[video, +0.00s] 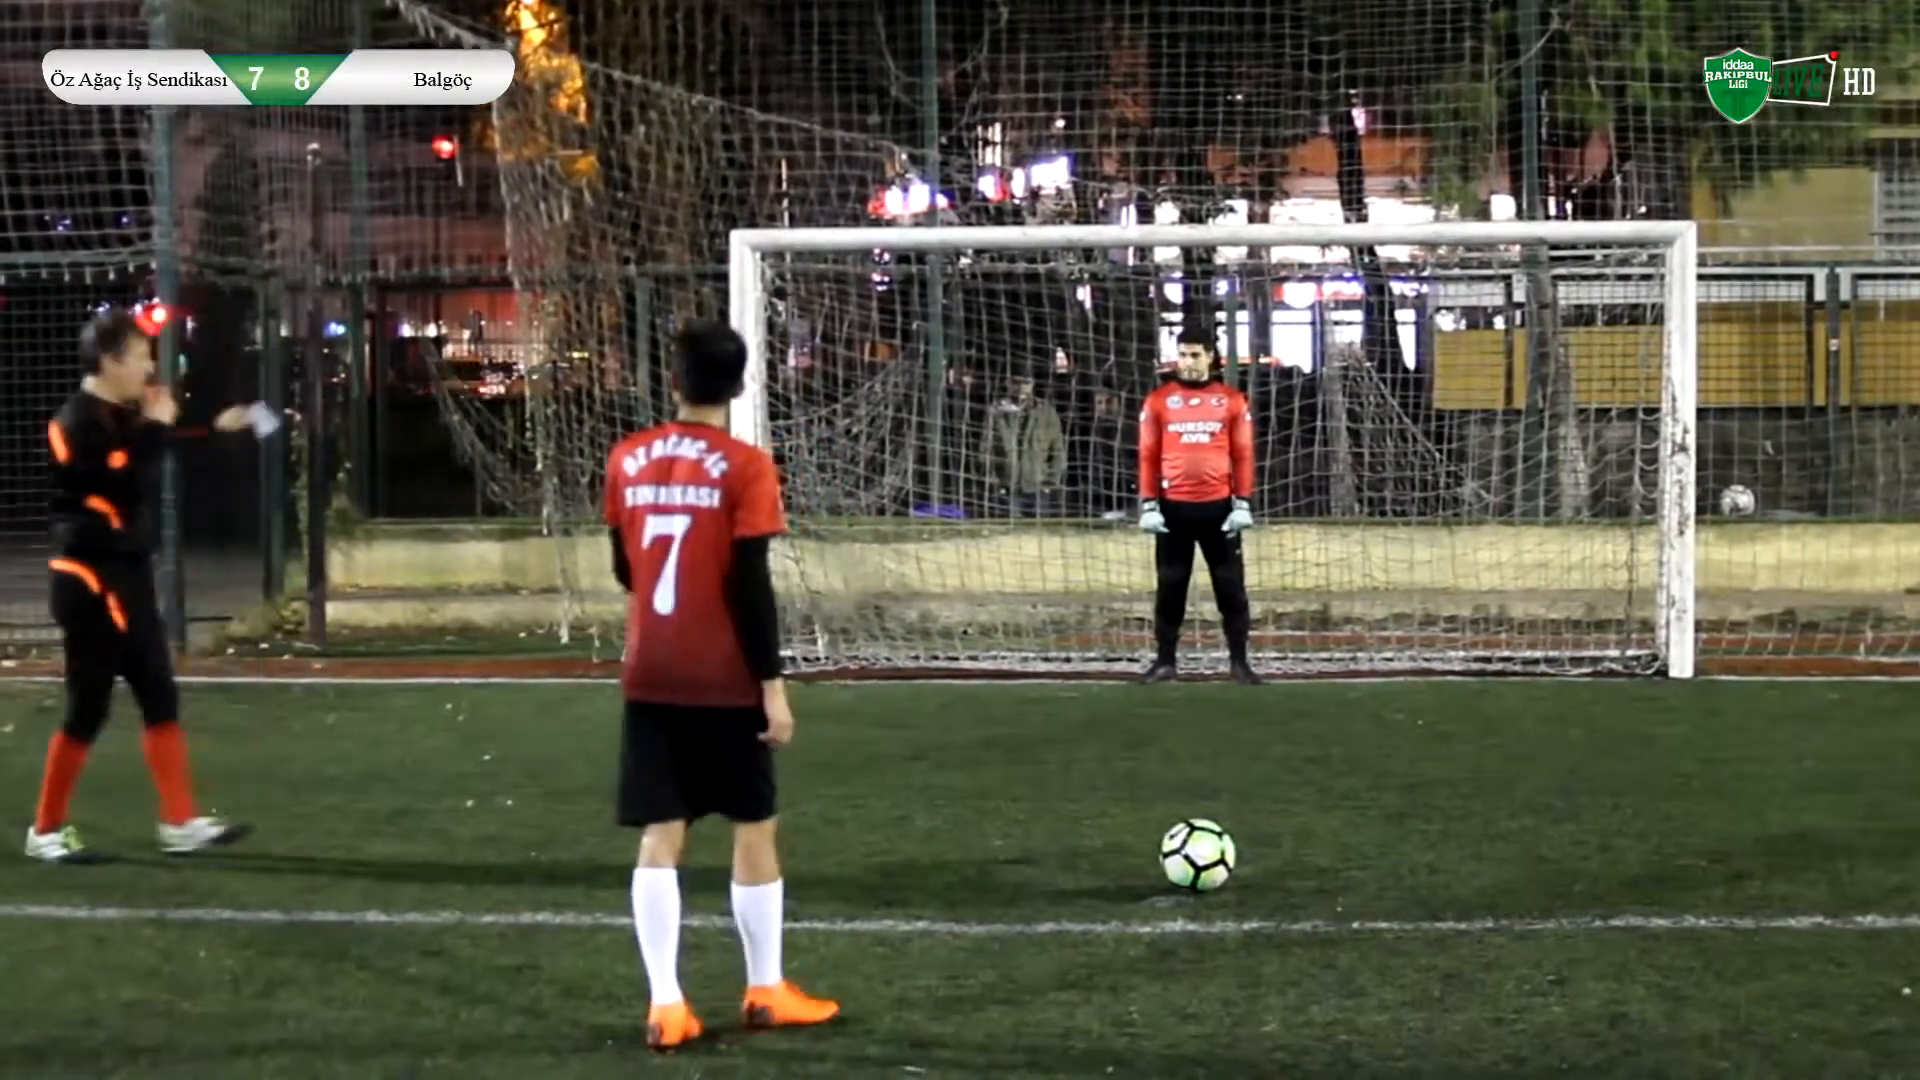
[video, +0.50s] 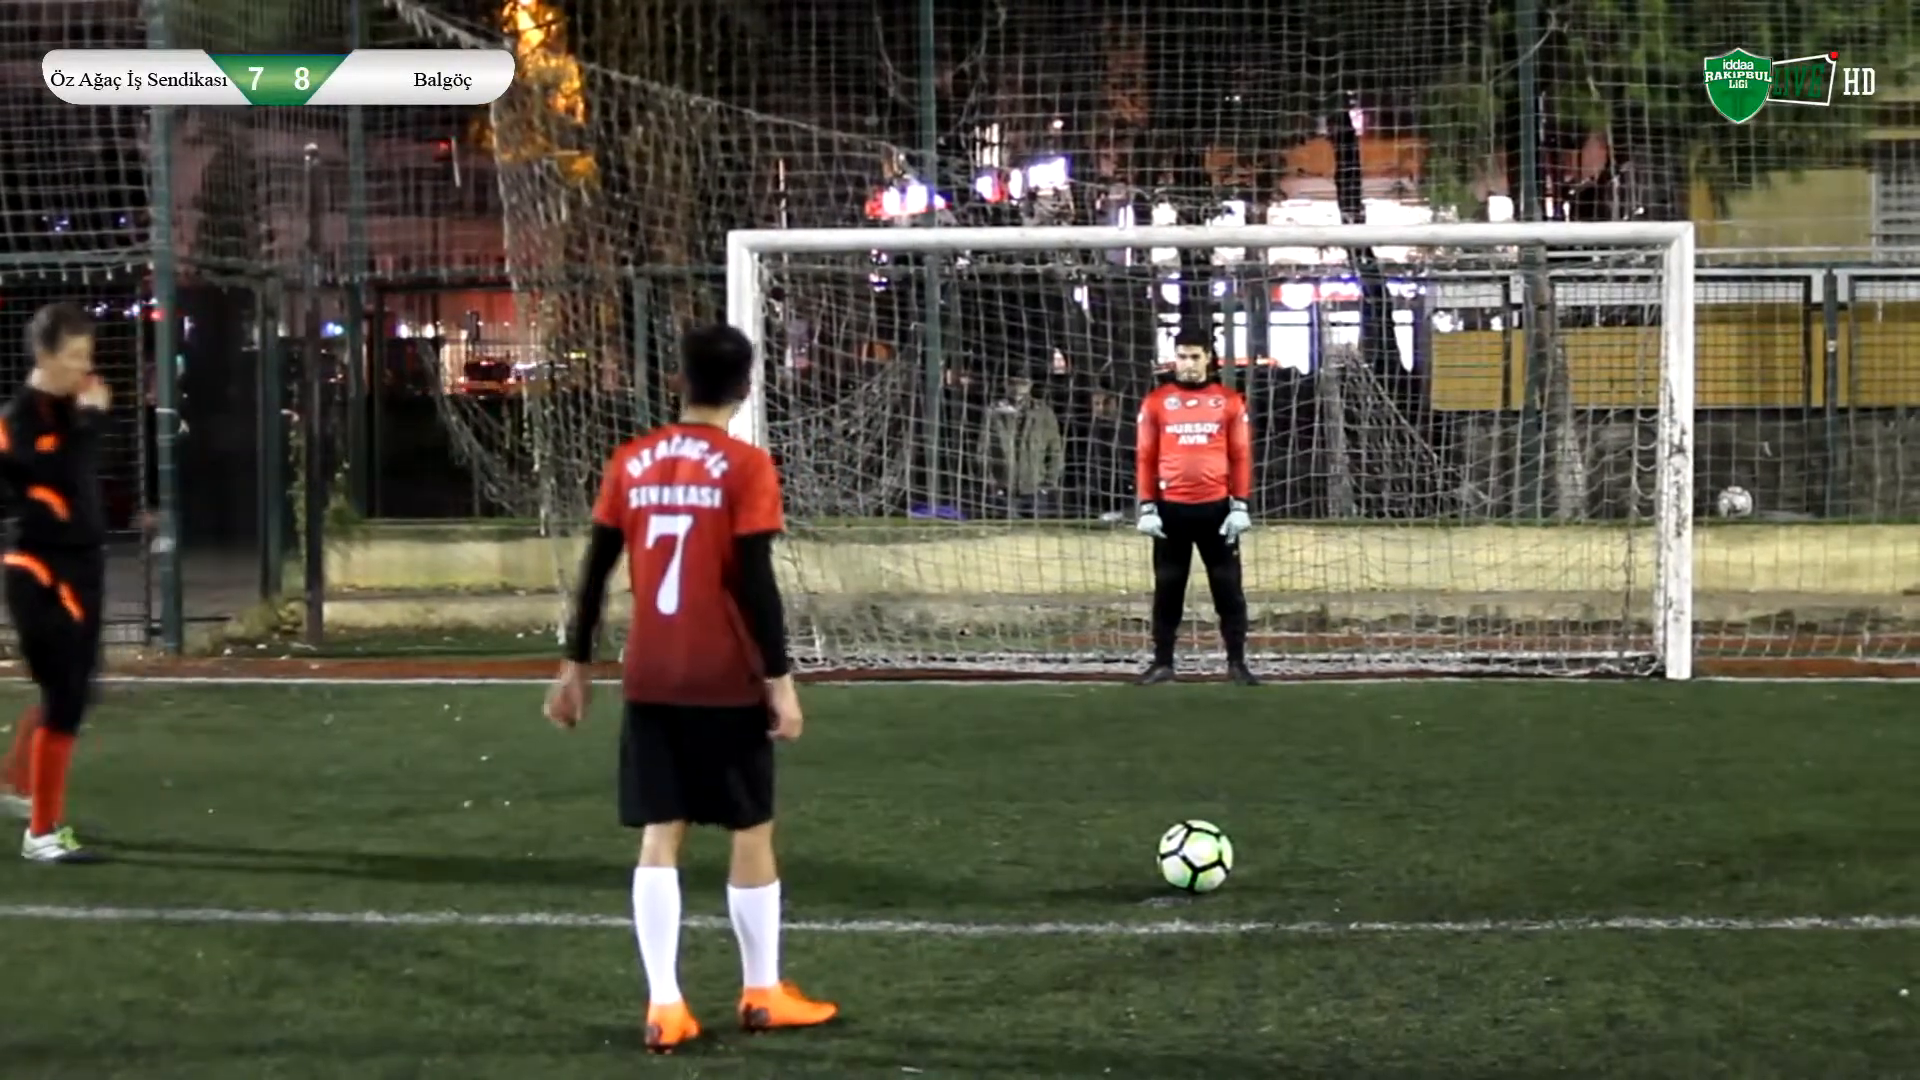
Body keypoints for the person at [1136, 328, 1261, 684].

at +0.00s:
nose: (1188, 362)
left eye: (1196, 355)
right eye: (1184, 355)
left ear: (1212, 359)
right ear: (1176, 357)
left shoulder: (1232, 401)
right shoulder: (1158, 400)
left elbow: (1243, 453)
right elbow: (1148, 454)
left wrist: (1242, 500)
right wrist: (1149, 502)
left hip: (1219, 505)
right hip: (1173, 506)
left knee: (1231, 588)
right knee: (1170, 587)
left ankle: (1239, 661)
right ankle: (1165, 660)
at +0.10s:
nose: (1188, 363)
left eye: (1196, 356)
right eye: (1183, 355)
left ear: (1211, 359)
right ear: (1176, 357)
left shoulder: (1232, 400)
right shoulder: (1158, 400)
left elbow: (1243, 454)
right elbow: (1148, 454)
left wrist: (1242, 500)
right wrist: (1149, 502)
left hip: (1219, 506)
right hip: (1172, 507)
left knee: (1231, 588)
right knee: (1169, 588)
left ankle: (1239, 660)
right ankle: (1165, 660)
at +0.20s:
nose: (1188, 363)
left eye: (1196, 356)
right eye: (1183, 356)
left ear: (1211, 359)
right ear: (1175, 358)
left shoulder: (1231, 400)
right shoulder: (1157, 401)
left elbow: (1242, 453)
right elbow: (1147, 455)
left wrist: (1241, 500)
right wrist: (1148, 502)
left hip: (1218, 506)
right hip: (1172, 507)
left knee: (1230, 588)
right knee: (1169, 588)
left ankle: (1238, 660)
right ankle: (1164, 660)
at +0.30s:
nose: (1188, 364)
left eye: (1195, 357)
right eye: (1182, 356)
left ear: (1210, 359)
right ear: (1175, 359)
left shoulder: (1231, 401)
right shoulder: (1156, 401)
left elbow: (1242, 454)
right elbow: (1146, 455)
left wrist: (1240, 501)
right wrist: (1147, 503)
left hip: (1217, 506)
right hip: (1171, 507)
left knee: (1229, 589)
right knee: (1168, 589)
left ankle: (1237, 661)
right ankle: (1164, 661)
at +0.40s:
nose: (1188, 364)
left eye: (1195, 357)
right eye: (1182, 357)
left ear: (1209, 359)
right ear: (1174, 359)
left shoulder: (1230, 401)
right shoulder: (1155, 402)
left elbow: (1241, 455)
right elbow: (1145, 456)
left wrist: (1240, 502)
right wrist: (1147, 504)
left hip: (1216, 507)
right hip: (1170, 508)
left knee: (1228, 589)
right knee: (1167, 589)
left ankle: (1236, 662)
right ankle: (1163, 661)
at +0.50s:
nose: (1188, 364)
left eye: (1195, 357)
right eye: (1182, 357)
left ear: (1209, 359)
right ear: (1174, 359)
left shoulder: (1230, 402)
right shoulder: (1155, 402)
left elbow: (1241, 455)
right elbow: (1145, 456)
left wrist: (1240, 503)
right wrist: (1147, 505)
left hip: (1216, 507)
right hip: (1170, 508)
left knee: (1228, 589)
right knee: (1167, 589)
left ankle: (1237, 662)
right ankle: (1163, 661)